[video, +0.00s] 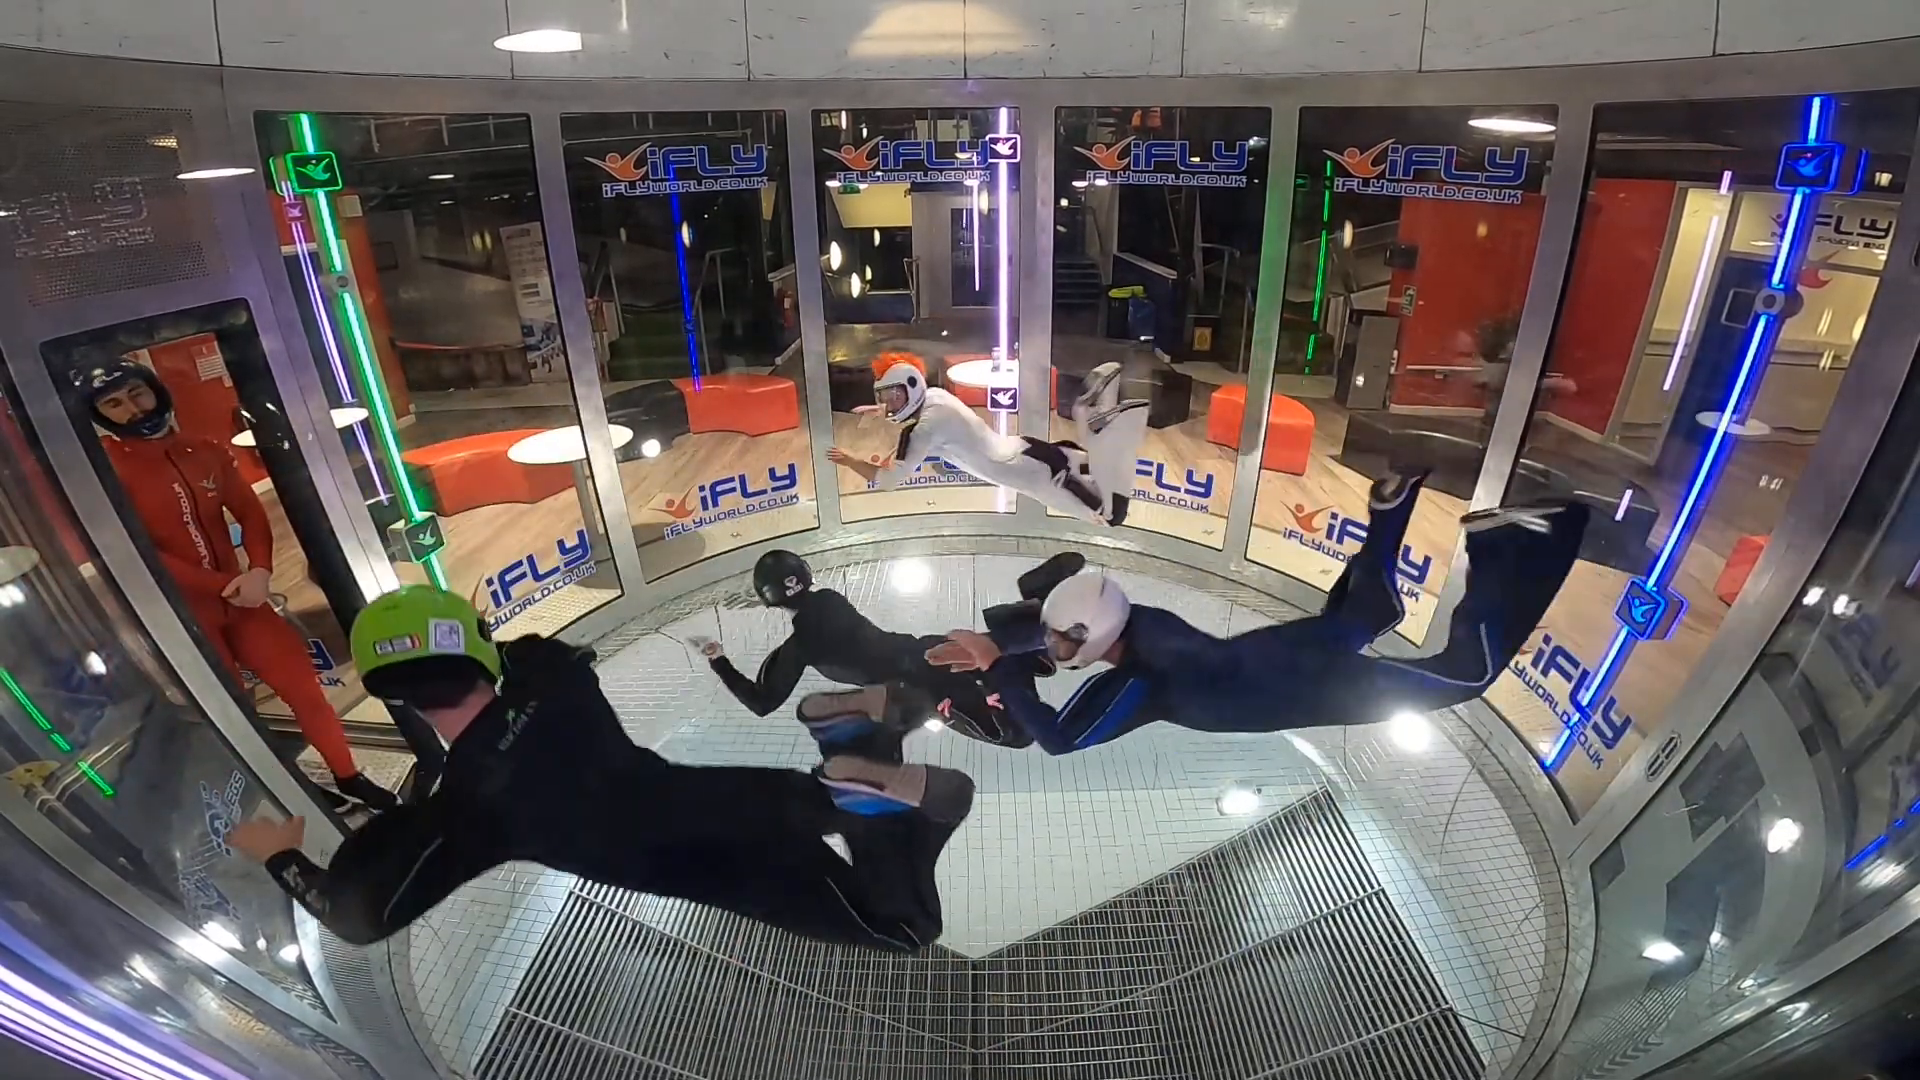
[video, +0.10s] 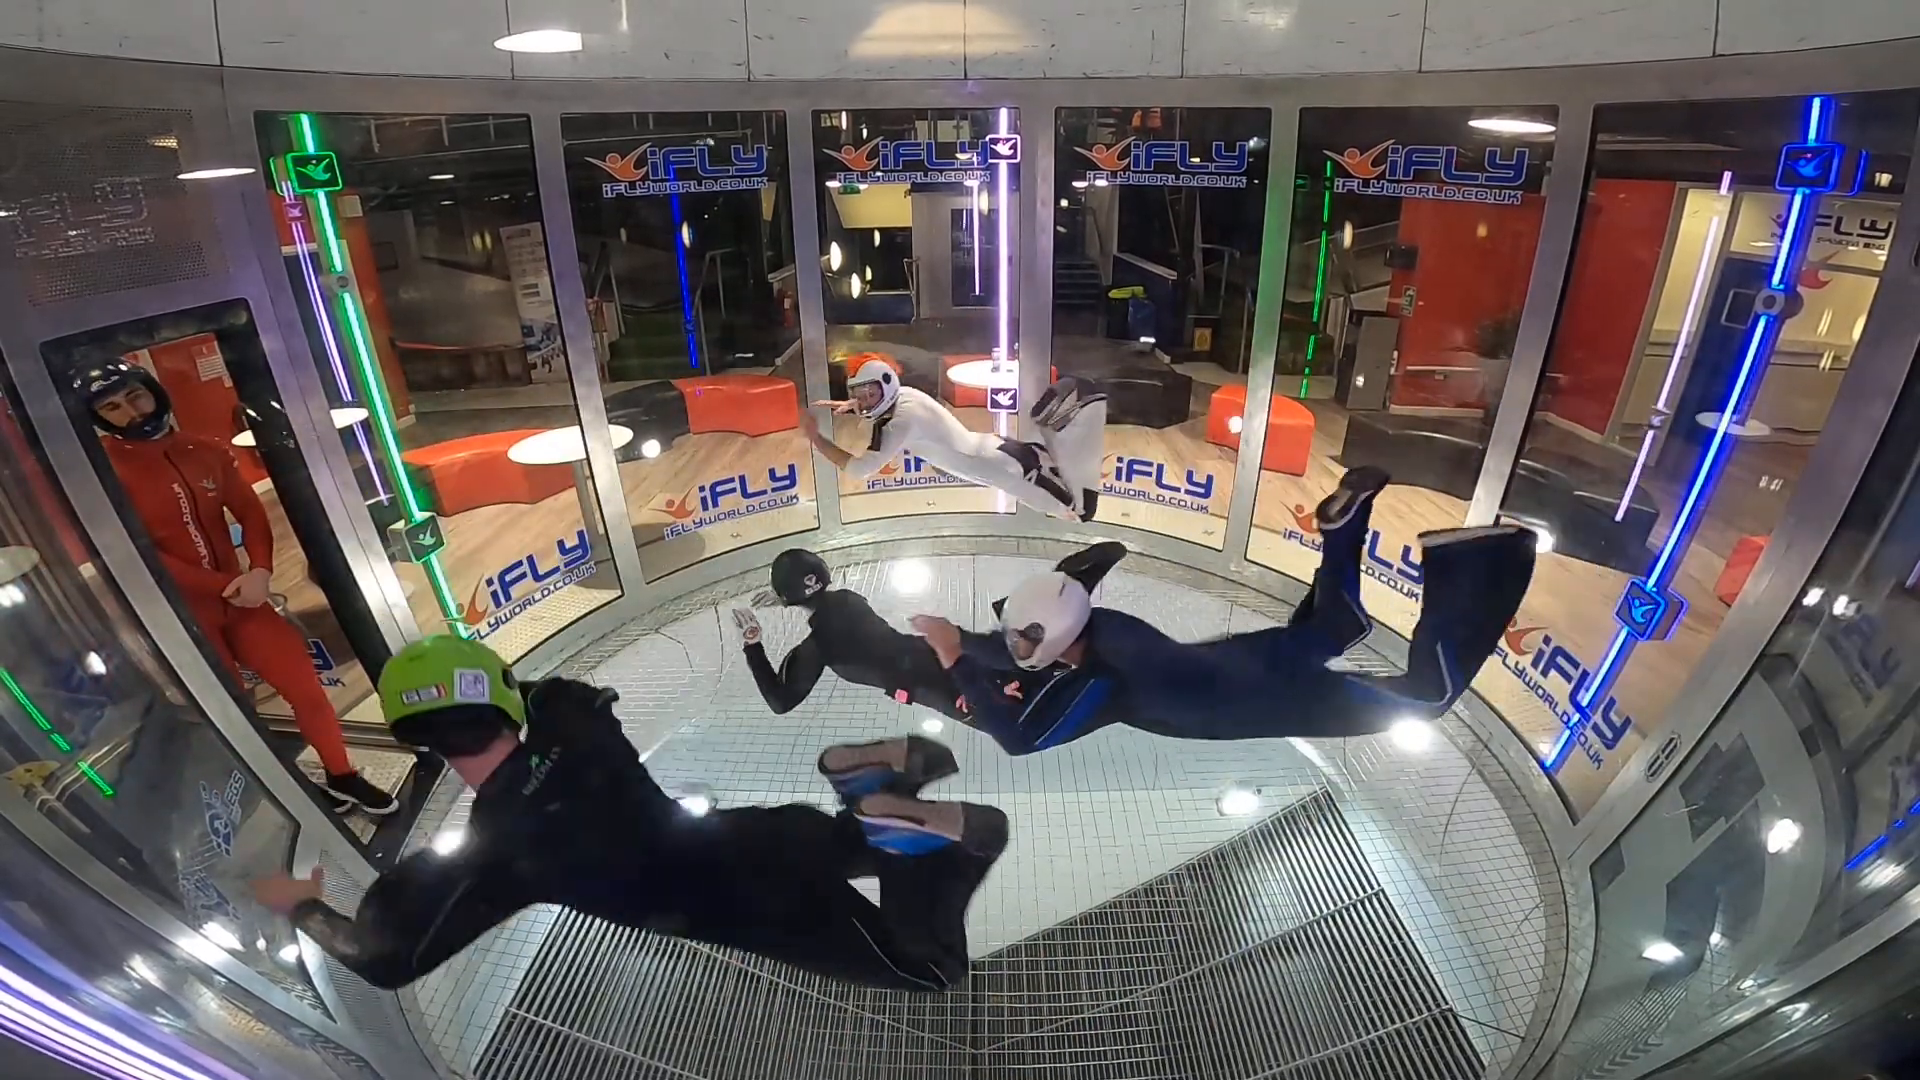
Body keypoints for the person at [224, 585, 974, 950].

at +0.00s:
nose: (409, 707)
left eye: (402, 693)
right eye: (406, 690)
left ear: (401, 703)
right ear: (478, 646)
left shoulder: (468, 806)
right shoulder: (550, 667)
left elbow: (361, 912)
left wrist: (289, 855)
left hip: (726, 865)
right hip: (742, 791)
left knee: (901, 926)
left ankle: (875, 810)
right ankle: (857, 741)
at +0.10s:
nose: (451, 760)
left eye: (454, 743)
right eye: (442, 743)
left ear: (469, 735)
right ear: (502, 696)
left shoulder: (504, 846)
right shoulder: (565, 708)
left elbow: (393, 953)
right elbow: (565, 695)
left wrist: (301, 907)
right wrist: (477, 689)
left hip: (753, 908)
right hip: (757, 831)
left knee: (923, 963)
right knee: (862, 851)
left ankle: (918, 845)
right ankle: (885, 776)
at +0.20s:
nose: (483, 803)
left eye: (476, 787)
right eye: (477, 783)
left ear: (484, 793)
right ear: (532, 739)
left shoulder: (538, 887)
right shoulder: (594, 751)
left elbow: (434, 992)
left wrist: (356, 949)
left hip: (752, 946)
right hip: (762, 869)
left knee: (942, 988)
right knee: (874, 876)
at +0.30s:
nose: (545, 804)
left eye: (514, 814)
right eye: (534, 797)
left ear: (509, 853)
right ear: (565, 795)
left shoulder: (567, 932)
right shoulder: (636, 810)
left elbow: (478, 1030)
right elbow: (643, 773)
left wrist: (389, 983)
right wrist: (563, 773)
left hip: (792, 975)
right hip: (811, 910)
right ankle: (979, 893)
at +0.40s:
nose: (570, 898)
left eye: (567, 885)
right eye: (563, 880)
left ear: (582, 881)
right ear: (620, 833)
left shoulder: (627, 959)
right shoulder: (676, 837)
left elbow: (533, 1056)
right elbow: (678, 799)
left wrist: (439, 1018)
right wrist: (607, 805)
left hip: (856, 1011)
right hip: (872, 932)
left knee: (981, 1046)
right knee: (954, 930)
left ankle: (1091, 1019)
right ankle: (1031, 907)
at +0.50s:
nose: (601, 944)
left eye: (596, 931)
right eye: (605, 916)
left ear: (606, 928)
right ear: (655, 873)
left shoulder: (681, 1006)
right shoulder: (727, 873)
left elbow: (598, 1061)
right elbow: (726, 831)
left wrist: (522, 1046)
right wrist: (655, 824)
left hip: (902, 1032)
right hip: (914, 953)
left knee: (1026, 1048)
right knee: (1007, 950)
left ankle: (1136, 1025)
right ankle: (1082, 912)